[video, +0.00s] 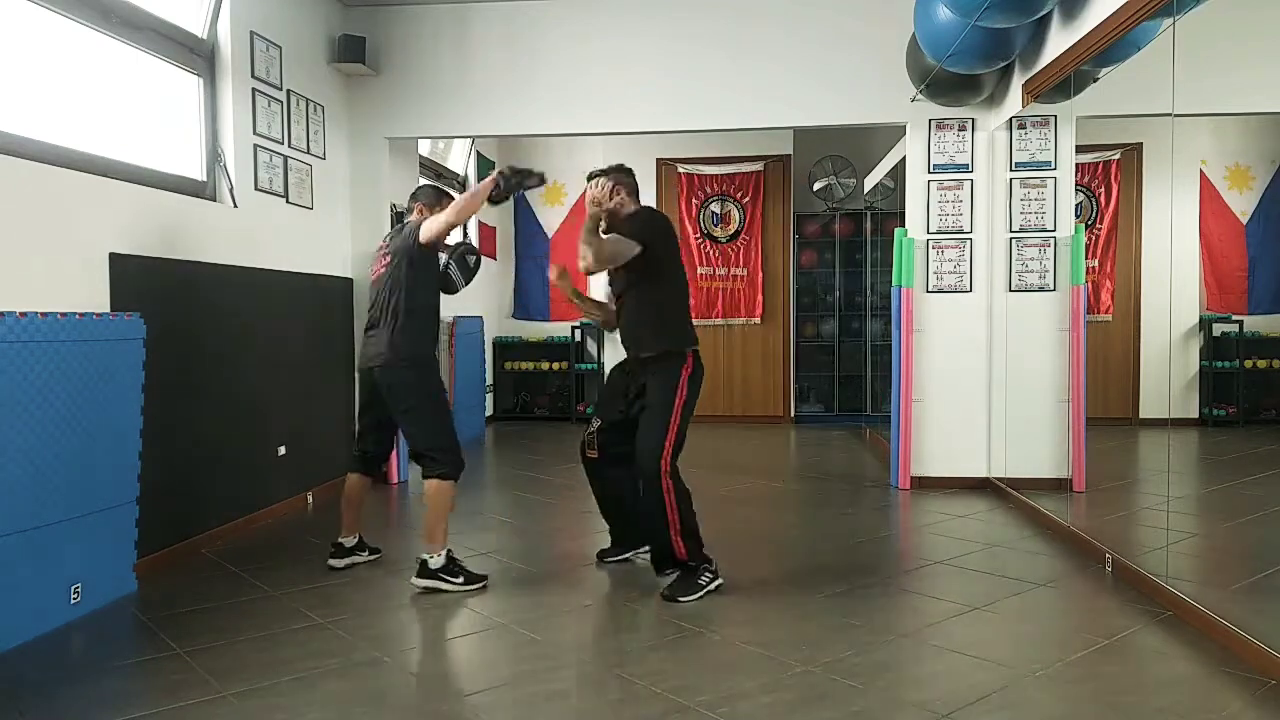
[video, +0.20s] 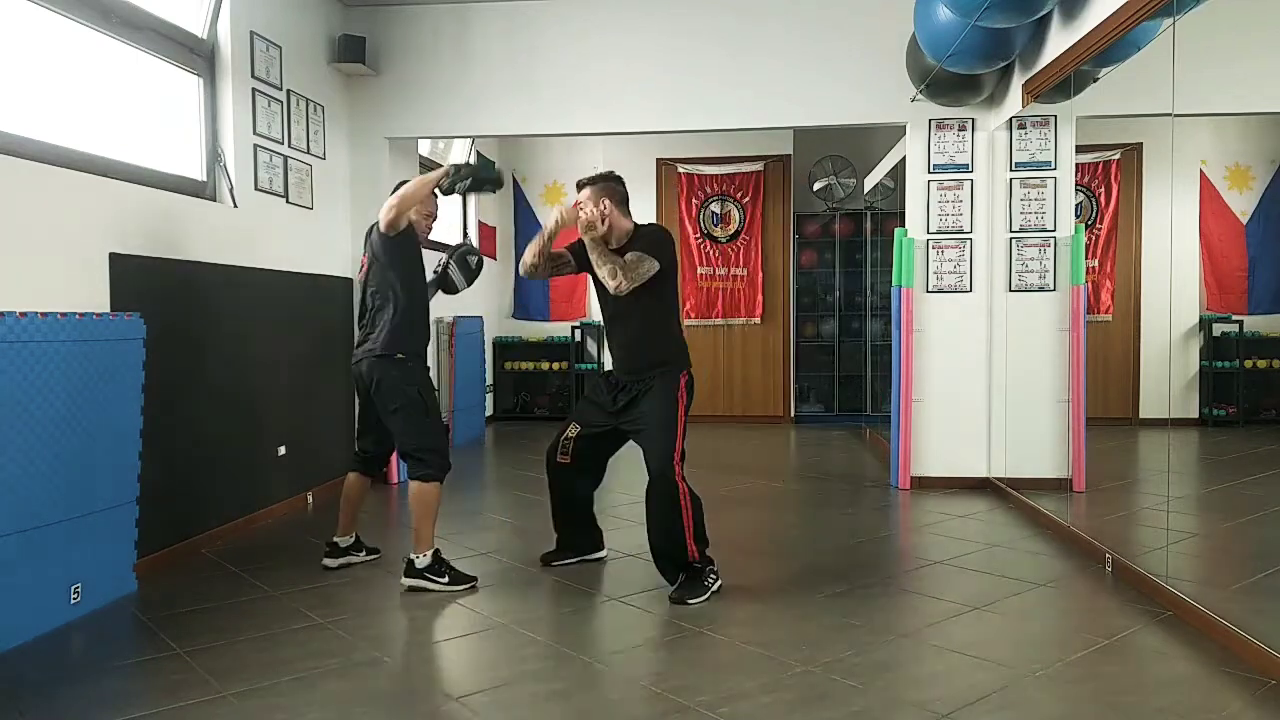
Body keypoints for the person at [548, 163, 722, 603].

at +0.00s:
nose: (592, 208)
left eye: (595, 199)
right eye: (591, 200)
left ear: (615, 192)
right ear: (619, 195)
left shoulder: (650, 222)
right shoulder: (624, 245)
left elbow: (591, 258)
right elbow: (611, 318)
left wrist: (591, 213)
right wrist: (571, 291)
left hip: (674, 363)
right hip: (637, 366)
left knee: (655, 462)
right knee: (599, 450)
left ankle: (696, 565)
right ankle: (630, 537)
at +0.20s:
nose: (581, 218)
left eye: (583, 210)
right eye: (579, 212)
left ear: (607, 206)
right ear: (596, 211)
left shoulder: (656, 239)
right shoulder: (595, 251)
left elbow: (620, 281)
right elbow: (531, 268)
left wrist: (590, 237)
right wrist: (554, 226)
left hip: (664, 380)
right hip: (618, 383)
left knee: (665, 472)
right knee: (566, 457)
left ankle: (696, 569)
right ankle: (581, 543)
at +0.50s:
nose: (553, 212)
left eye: (556, 203)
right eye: (553, 204)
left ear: (575, 200)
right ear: (581, 201)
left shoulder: (605, 229)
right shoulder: (584, 240)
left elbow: (558, 252)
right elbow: (546, 258)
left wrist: (553, 239)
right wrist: (523, 219)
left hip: (619, 373)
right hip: (587, 375)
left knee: (623, 482)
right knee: (545, 454)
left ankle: (693, 562)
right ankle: (562, 544)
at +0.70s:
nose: (533, 215)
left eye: (536, 208)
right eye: (533, 209)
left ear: (554, 205)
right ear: (574, 206)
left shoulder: (550, 235)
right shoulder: (604, 247)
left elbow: (483, 232)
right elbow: (543, 250)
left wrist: (464, 236)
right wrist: (506, 240)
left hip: (587, 374)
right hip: (574, 377)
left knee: (616, 473)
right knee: (538, 457)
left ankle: (696, 556)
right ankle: (558, 546)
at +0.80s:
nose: (526, 204)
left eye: (529, 197)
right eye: (525, 197)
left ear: (546, 197)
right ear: (566, 197)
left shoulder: (542, 224)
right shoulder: (596, 238)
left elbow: (467, 214)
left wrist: (504, 202)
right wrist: (519, 210)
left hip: (558, 362)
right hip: (575, 361)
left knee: (544, 465)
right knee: (529, 451)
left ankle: (635, 514)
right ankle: (557, 546)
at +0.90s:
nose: (519, 200)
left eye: (522, 191)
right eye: (521, 193)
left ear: (545, 187)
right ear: (552, 189)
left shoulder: (565, 216)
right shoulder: (549, 228)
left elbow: (501, 194)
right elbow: (498, 221)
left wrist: (476, 164)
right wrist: (476, 174)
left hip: (539, 349)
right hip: (552, 352)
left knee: (451, 416)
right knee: (530, 448)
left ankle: (516, 480)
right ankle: (558, 543)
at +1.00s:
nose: (520, 214)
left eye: (522, 204)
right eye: (517, 207)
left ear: (543, 194)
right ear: (544, 199)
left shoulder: (565, 227)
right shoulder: (546, 239)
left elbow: (496, 227)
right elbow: (486, 256)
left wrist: (465, 178)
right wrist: (467, 196)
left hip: (506, 346)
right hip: (514, 352)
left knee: (404, 347)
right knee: (504, 447)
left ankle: (446, 427)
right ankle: (551, 540)